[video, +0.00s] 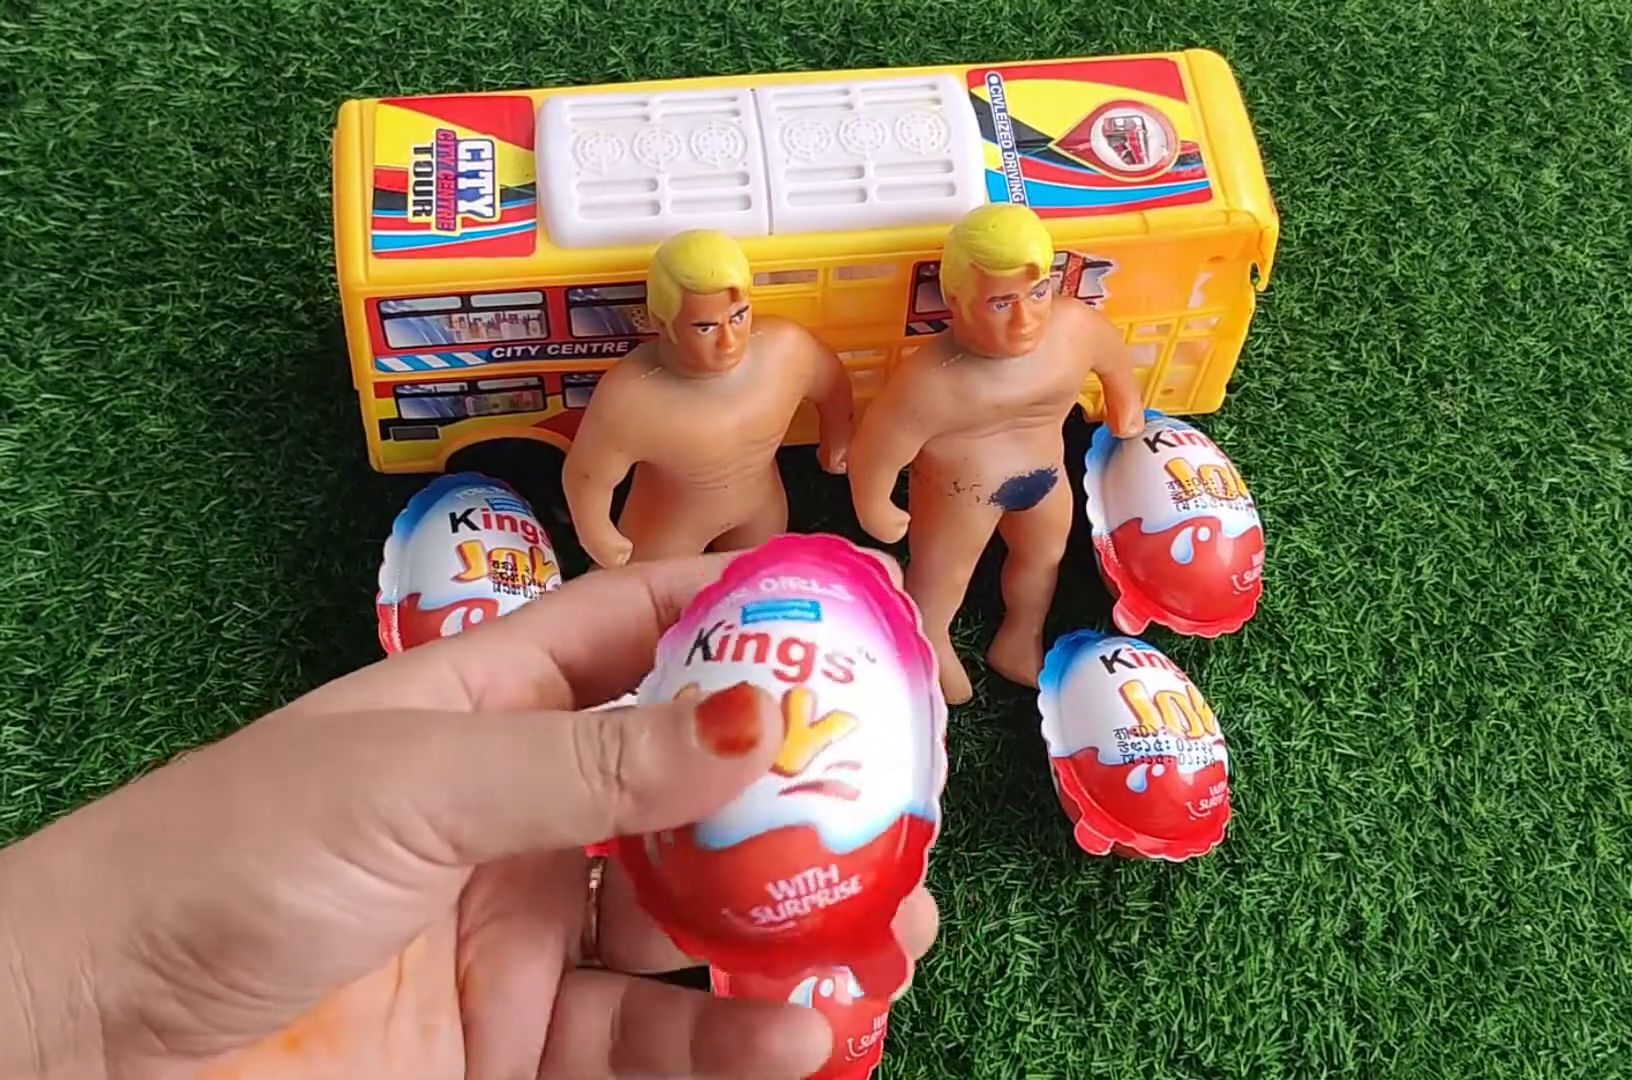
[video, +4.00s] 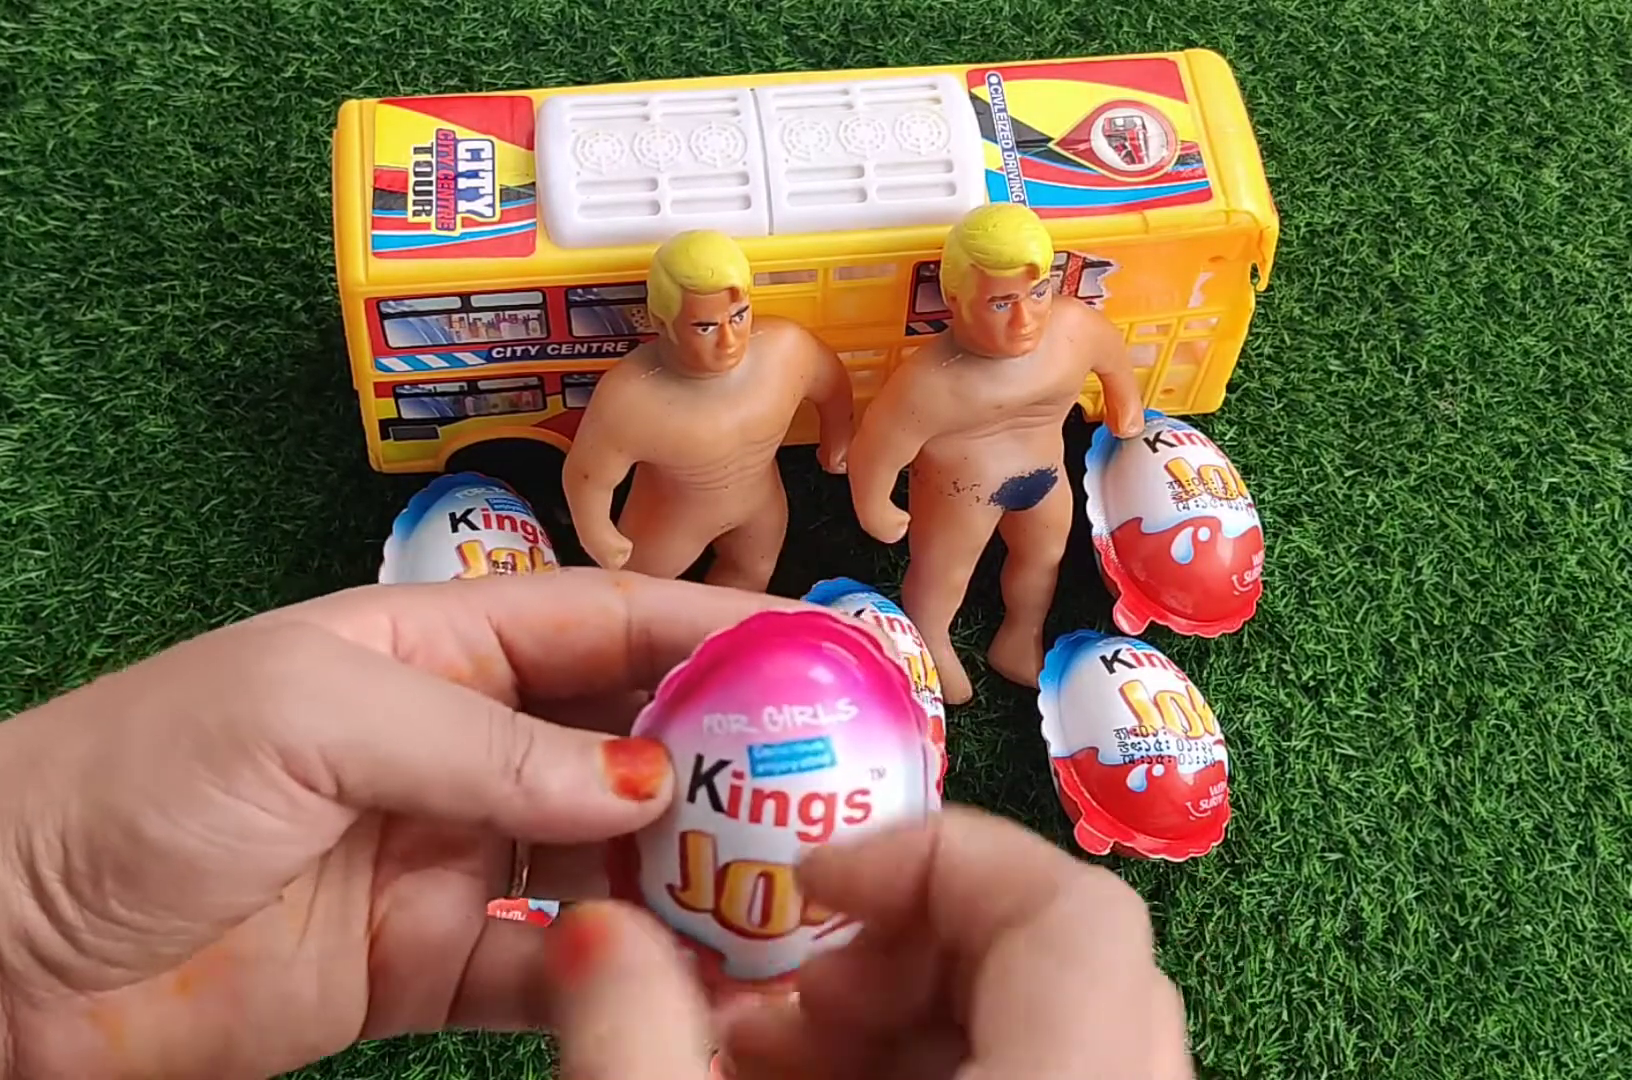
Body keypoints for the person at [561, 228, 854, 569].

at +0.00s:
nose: (728, 340)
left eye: (738, 316)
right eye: (705, 327)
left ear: (750, 302)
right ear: (661, 324)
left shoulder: (788, 350)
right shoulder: (628, 399)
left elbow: (833, 389)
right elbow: (585, 479)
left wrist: (836, 445)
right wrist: (601, 541)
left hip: (758, 510)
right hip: (670, 524)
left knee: (762, 612)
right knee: (657, 627)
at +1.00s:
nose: (728, 340)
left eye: (739, 315)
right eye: (704, 327)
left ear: (750, 302)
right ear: (664, 327)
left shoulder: (786, 350)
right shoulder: (626, 399)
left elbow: (832, 389)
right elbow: (585, 480)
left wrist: (834, 444)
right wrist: (599, 559)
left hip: (757, 519)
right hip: (665, 535)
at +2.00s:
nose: (728, 339)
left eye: (739, 315)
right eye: (703, 327)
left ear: (749, 300)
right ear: (662, 324)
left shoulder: (787, 350)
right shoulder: (626, 397)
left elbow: (832, 387)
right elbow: (584, 478)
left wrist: (834, 443)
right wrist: (600, 552)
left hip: (757, 517)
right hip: (665, 533)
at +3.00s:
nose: (728, 340)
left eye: (739, 316)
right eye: (704, 326)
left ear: (750, 299)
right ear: (661, 322)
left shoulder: (786, 349)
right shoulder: (627, 397)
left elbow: (832, 388)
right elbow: (585, 479)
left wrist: (835, 441)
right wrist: (603, 556)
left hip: (759, 522)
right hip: (665, 538)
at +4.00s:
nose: (728, 340)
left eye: (739, 316)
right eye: (705, 326)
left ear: (750, 301)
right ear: (659, 322)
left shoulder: (789, 350)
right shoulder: (628, 397)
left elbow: (834, 388)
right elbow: (587, 477)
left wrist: (837, 440)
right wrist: (598, 536)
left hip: (759, 497)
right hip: (672, 509)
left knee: (750, 577)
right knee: (636, 591)